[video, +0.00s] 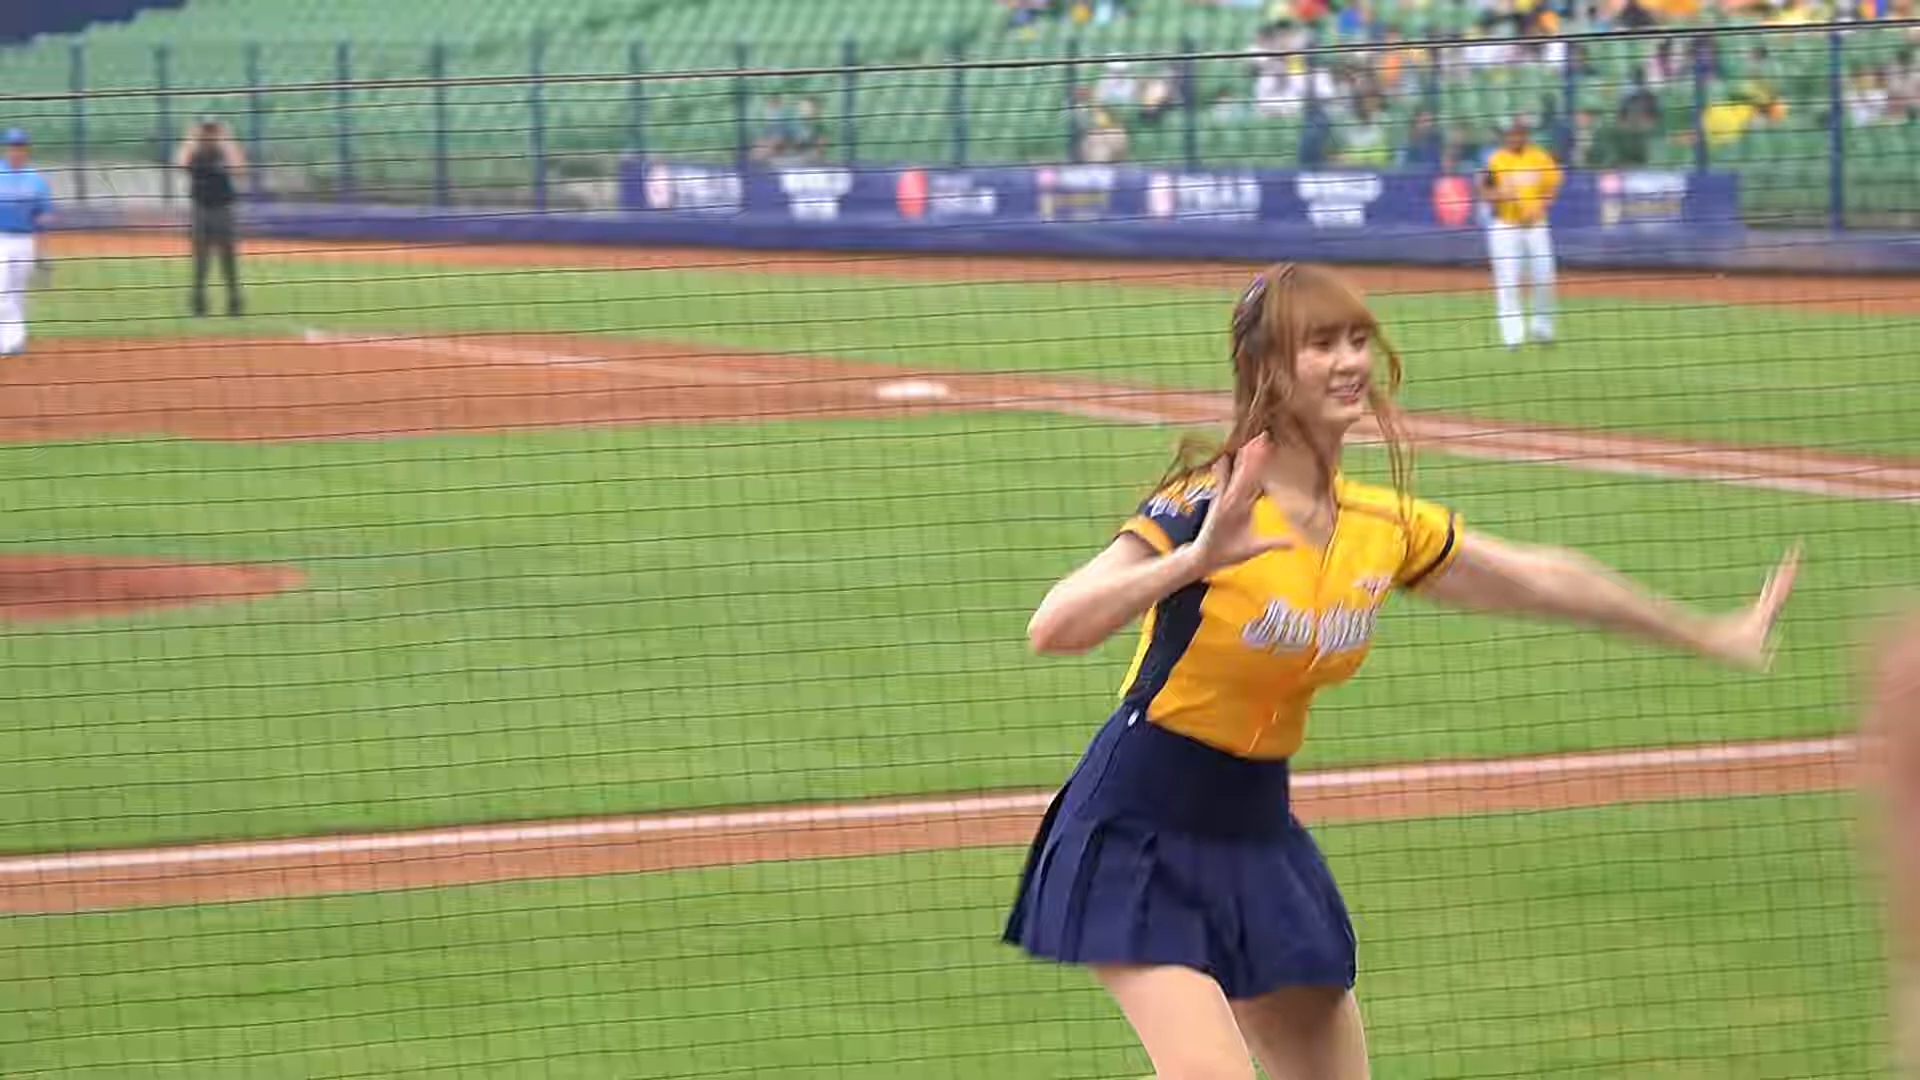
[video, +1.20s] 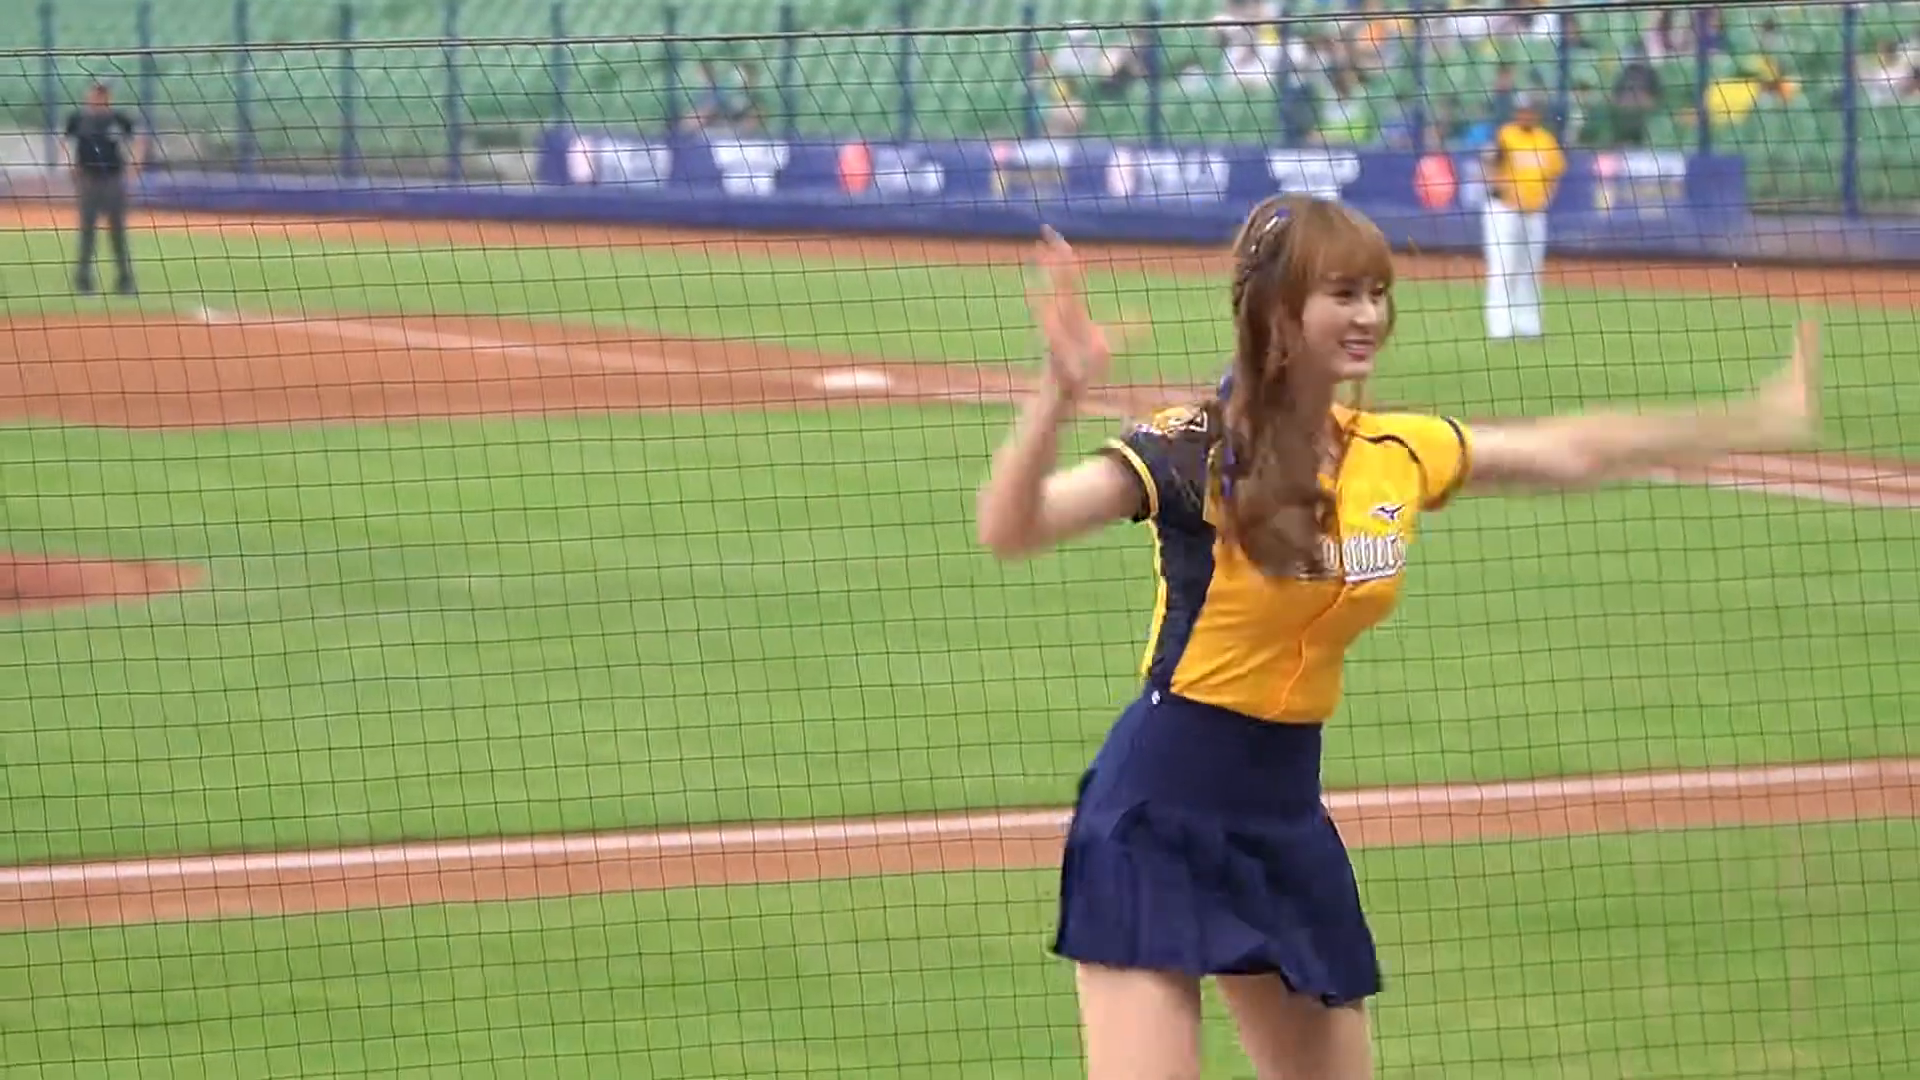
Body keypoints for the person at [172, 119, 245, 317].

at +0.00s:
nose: (208, 141)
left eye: (213, 137)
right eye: (204, 137)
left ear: (219, 138)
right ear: (199, 138)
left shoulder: (224, 153)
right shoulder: (195, 154)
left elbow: (237, 167)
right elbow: (182, 162)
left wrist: (226, 142)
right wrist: (191, 140)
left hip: (223, 212)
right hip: (201, 212)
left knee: (228, 261)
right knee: (200, 261)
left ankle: (233, 302)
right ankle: (199, 303)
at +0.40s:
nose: (197, 131)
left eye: (200, 126)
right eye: (193, 127)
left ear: (206, 126)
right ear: (186, 126)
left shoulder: (215, 146)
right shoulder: (180, 147)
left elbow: (228, 173)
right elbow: (171, 172)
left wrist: (211, 160)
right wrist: (187, 159)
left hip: (212, 204)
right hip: (188, 204)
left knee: (215, 253)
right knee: (185, 252)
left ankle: (220, 294)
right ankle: (182, 294)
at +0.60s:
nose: (182, 123)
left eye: (186, 118)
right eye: (178, 118)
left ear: (192, 118)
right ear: (170, 118)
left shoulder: (202, 140)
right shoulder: (163, 142)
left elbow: (216, 167)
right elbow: (156, 170)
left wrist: (206, 184)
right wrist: (166, 184)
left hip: (198, 196)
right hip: (173, 196)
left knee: (201, 249)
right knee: (169, 246)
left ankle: (204, 291)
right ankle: (165, 290)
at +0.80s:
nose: (154, 111)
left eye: (158, 107)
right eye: (150, 106)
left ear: (163, 108)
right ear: (143, 106)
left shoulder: (173, 131)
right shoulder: (133, 132)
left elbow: (187, 159)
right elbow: (125, 163)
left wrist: (181, 183)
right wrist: (133, 186)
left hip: (169, 190)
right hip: (143, 190)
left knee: (171, 243)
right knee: (139, 242)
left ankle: (176, 285)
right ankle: (135, 285)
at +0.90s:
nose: (137, 112)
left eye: (141, 107)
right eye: (133, 107)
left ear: (146, 108)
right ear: (127, 108)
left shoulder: (156, 131)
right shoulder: (117, 132)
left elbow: (172, 155)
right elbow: (110, 162)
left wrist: (167, 179)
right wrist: (113, 185)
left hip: (152, 189)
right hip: (126, 190)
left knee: (154, 243)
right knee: (123, 242)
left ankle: (161, 286)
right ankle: (118, 286)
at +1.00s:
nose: (123, 113)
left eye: (127, 108)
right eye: (119, 108)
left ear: (133, 108)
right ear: (112, 107)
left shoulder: (142, 127)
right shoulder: (103, 128)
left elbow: (160, 150)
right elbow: (90, 154)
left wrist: (155, 176)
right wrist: (98, 181)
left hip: (138, 188)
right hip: (112, 188)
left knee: (140, 240)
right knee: (110, 240)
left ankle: (148, 284)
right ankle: (106, 285)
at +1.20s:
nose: (99, 106)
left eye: (102, 101)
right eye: (95, 101)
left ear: (108, 101)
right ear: (88, 101)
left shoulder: (116, 119)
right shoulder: (78, 119)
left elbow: (137, 140)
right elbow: (63, 142)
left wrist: (135, 163)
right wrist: (71, 165)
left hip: (113, 179)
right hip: (88, 179)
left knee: (118, 231)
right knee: (87, 231)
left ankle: (125, 277)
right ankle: (83, 277)